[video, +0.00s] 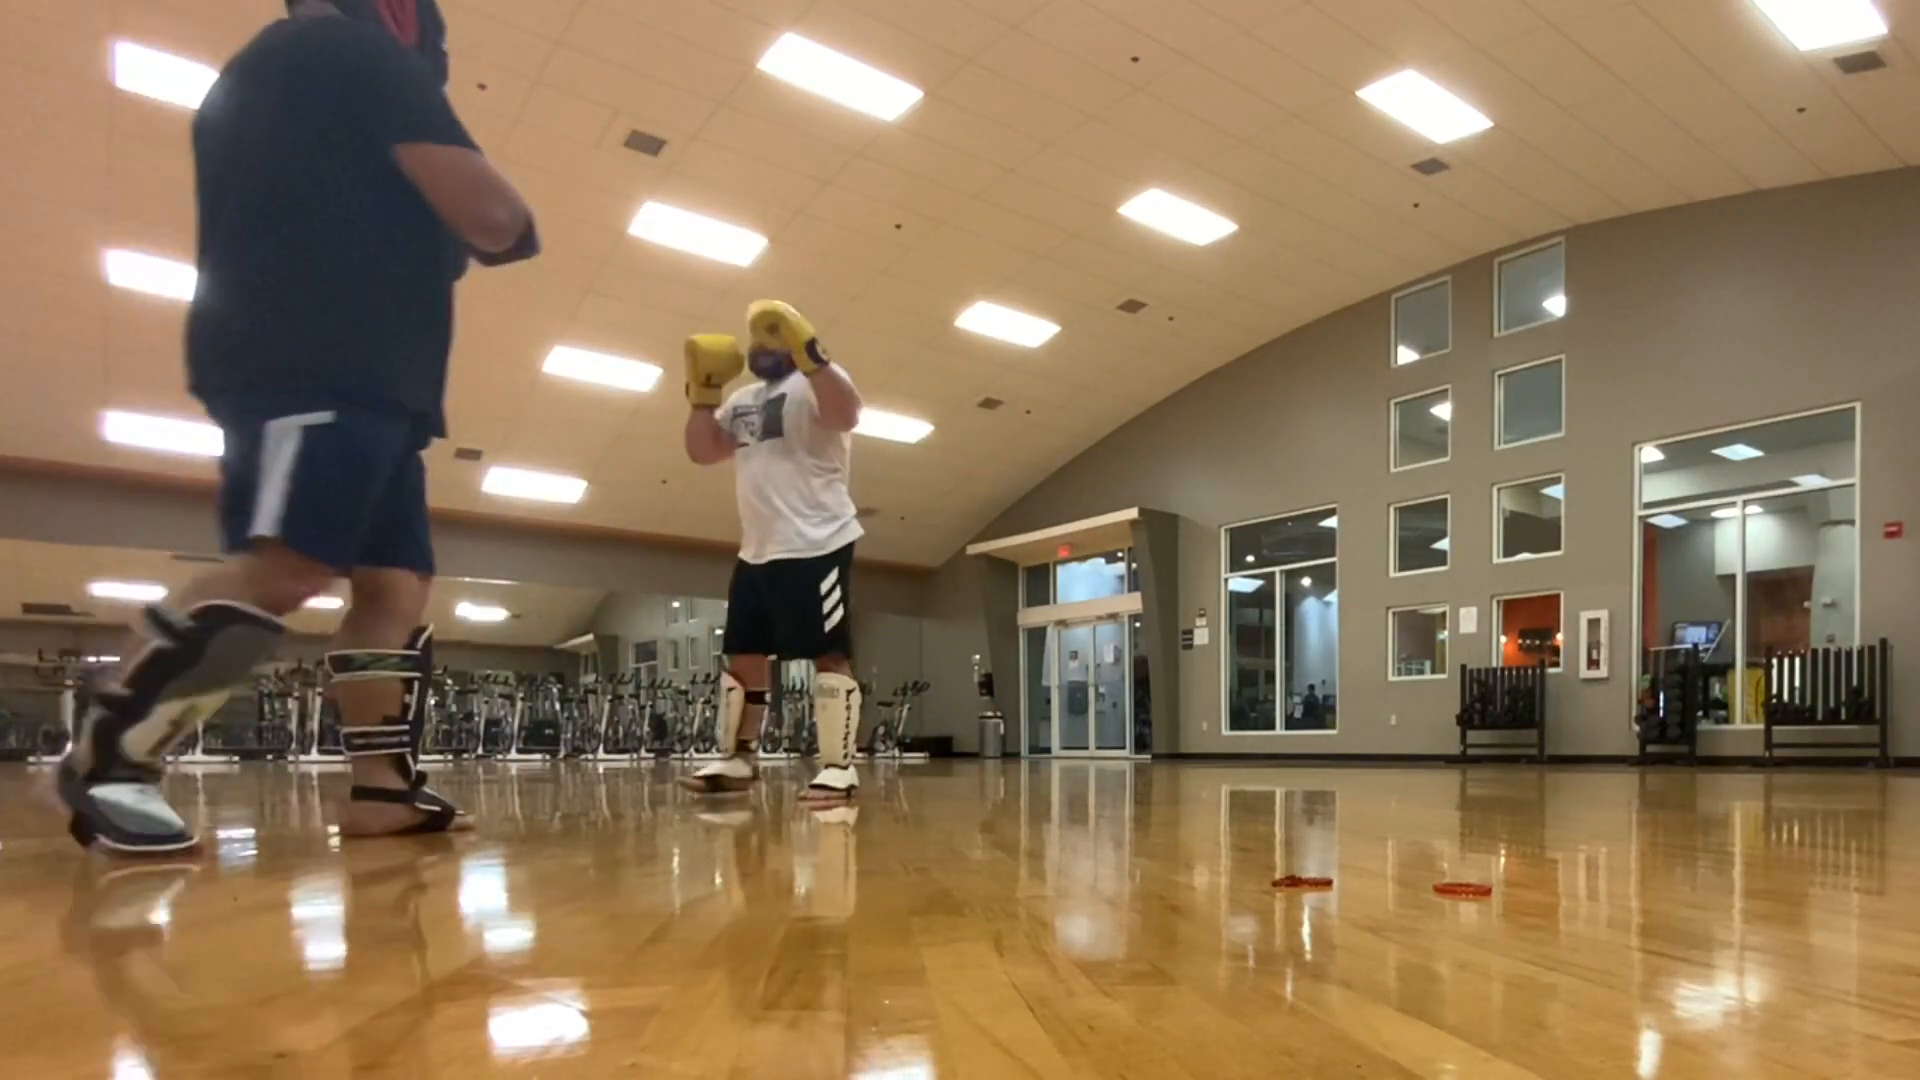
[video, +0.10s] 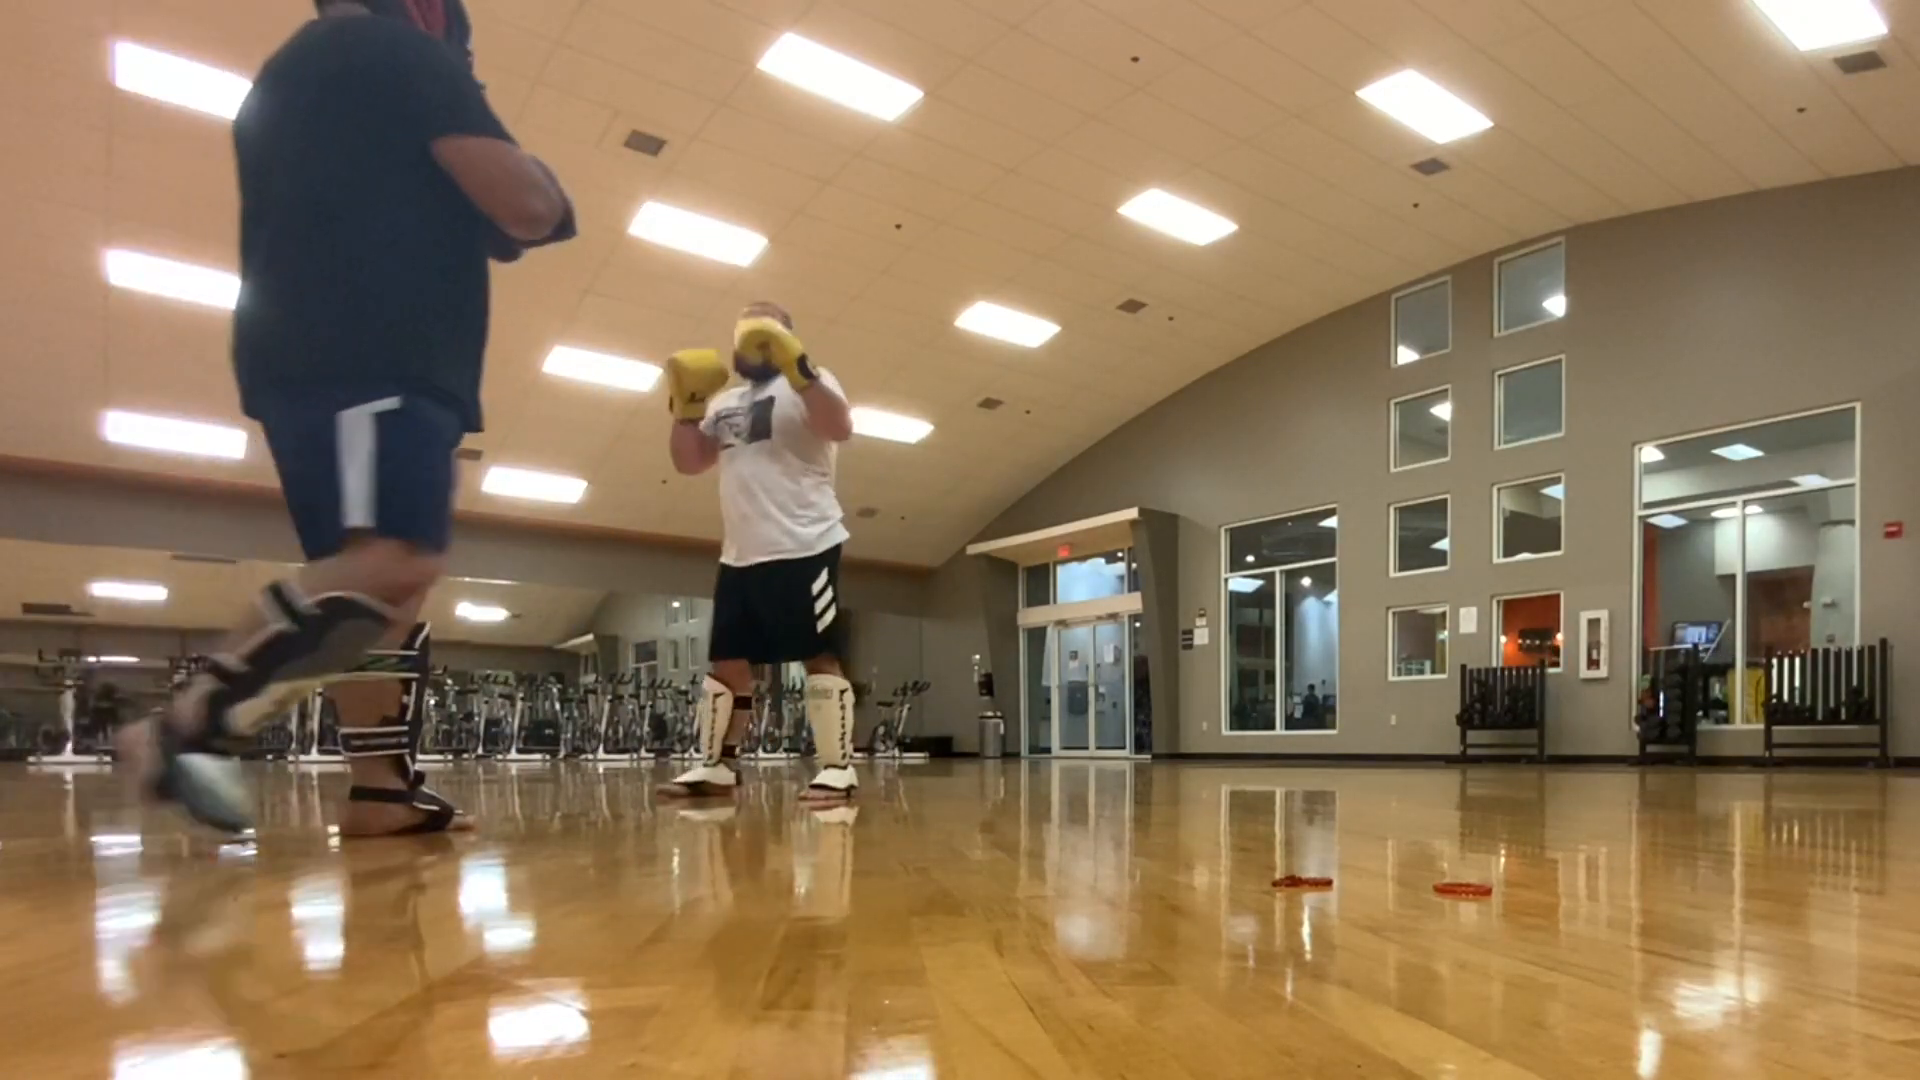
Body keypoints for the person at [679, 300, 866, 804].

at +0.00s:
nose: (761, 344)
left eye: (772, 336)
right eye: (755, 337)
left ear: (794, 345)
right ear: (748, 347)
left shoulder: (818, 383)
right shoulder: (742, 402)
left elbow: (846, 414)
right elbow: (703, 450)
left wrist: (809, 354)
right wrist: (703, 393)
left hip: (819, 542)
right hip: (759, 549)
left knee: (828, 653)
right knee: (745, 651)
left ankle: (836, 768)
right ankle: (739, 758)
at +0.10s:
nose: (752, 332)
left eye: (766, 322)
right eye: (745, 323)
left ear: (789, 335)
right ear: (735, 341)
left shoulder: (809, 382)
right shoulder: (725, 401)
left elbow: (839, 428)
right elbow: (690, 460)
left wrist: (799, 371)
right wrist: (686, 409)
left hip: (804, 545)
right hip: (741, 552)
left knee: (817, 654)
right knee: (729, 658)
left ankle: (836, 769)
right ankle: (716, 767)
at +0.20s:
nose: (731, 341)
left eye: (744, 334)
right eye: (724, 333)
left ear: (771, 344)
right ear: (714, 342)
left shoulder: (797, 386)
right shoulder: (701, 400)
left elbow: (833, 452)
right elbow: (678, 476)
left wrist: (791, 410)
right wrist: (673, 431)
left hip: (786, 543)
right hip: (721, 550)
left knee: (798, 652)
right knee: (711, 657)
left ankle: (832, 766)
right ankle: (712, 766)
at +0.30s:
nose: (717, 338)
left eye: (730, 331)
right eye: (709, 329)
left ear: (755, 342)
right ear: (697, 339)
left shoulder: (784, 388)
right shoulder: (683, 395)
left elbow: (830, 461)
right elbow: (651, 471)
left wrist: (798, 423)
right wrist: (660, 429)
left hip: (769, 536)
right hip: (705, 546)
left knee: (779, 635)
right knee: (705, 658)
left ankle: (818, 750)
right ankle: (710, 766)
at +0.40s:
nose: (710, 332)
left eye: (723, 326)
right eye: (702, 324)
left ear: (746, 339)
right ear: (687, 334)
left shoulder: (768, 385)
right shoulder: (671, 393)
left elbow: (822, 453)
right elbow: (628, 453)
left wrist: (806, 402)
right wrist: (641, 394)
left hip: (758, 529)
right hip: (694, 542)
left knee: (769, 631)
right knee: (705, 657)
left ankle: (791, 749)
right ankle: (705, 762)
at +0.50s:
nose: (707, 330)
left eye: (721, 324)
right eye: (699, 320)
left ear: (741, 338)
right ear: (684, 331)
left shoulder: (766, 382)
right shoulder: (664, 384)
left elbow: (817, 447)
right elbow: (626, 434)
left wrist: (815, 393)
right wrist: (639, 373)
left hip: (750, 534)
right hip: (686, 540)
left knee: (754, 646)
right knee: (706, 661)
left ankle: (769, 759)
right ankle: (705, 767)